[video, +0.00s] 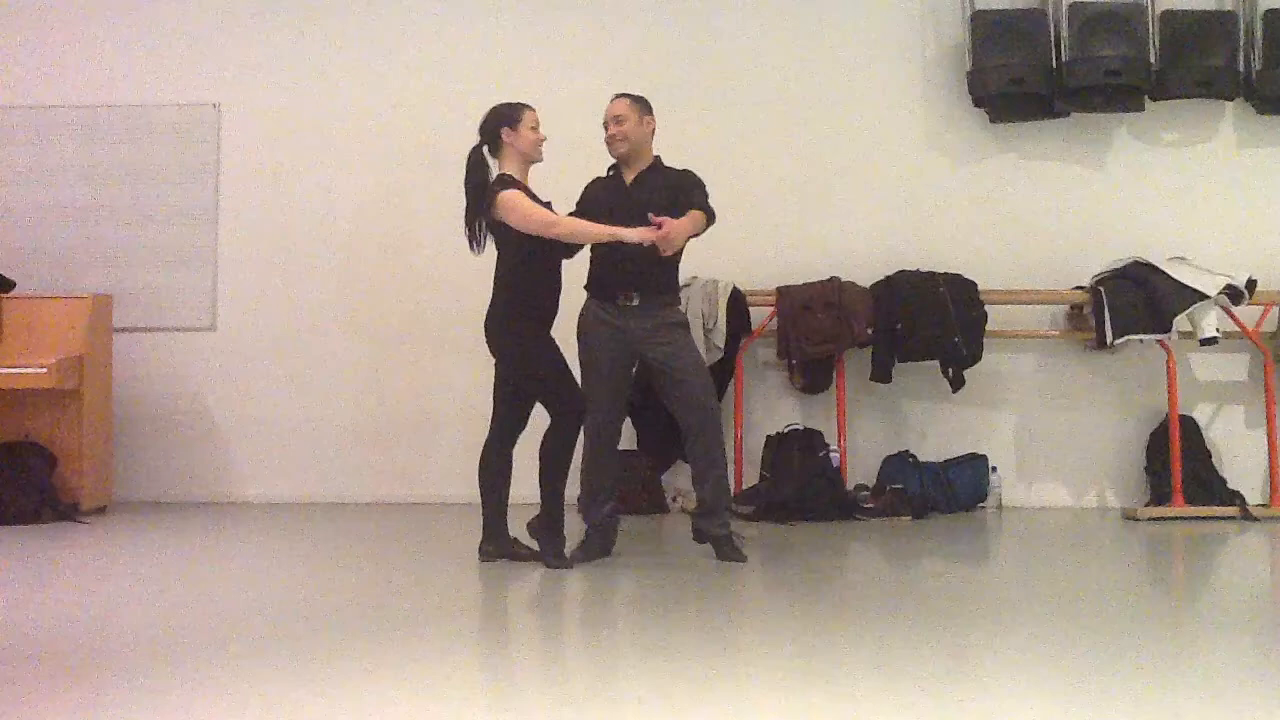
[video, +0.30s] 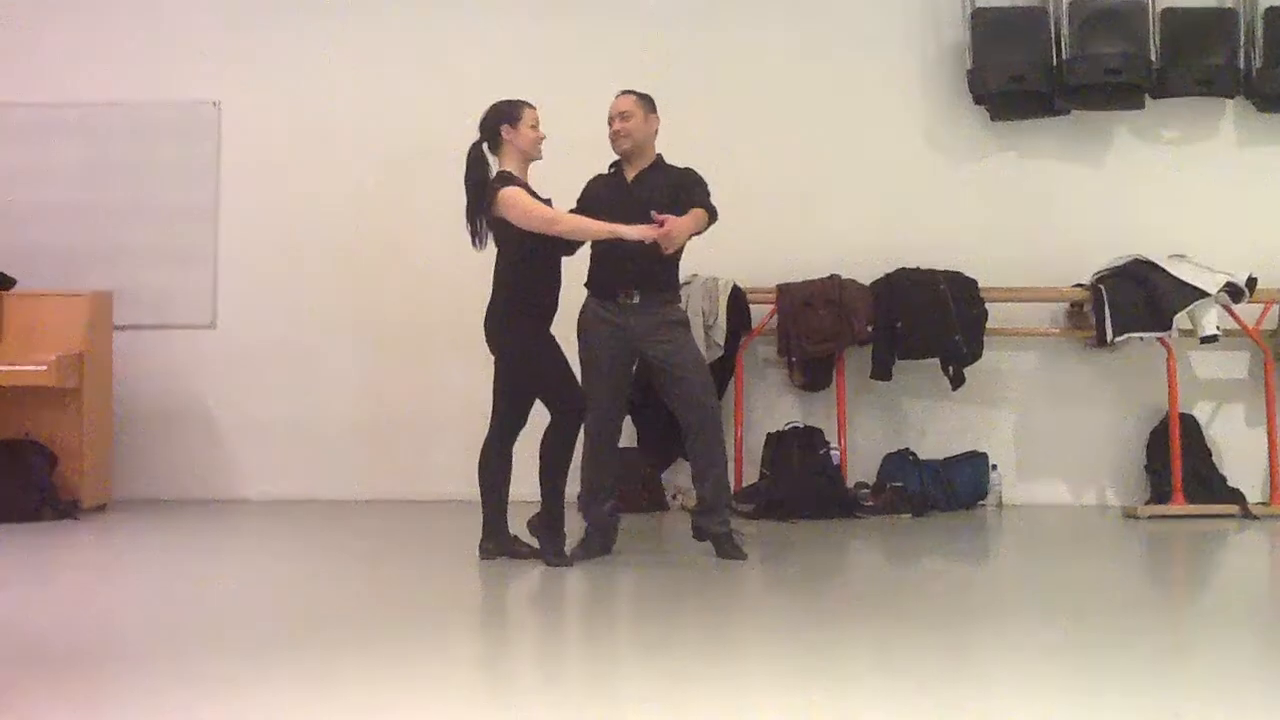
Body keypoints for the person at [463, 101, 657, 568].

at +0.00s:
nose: (543, 135)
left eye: (540, 128)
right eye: (534, 128)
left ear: (513, 137)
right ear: (508, 136)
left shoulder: (521, 193)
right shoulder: (505, 195)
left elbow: (553, 247)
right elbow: (558, 230)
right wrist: (627, 233)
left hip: (525, 324)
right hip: (517, 327)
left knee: (504, 430)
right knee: (569, 410)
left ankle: (495, 537)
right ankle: (550, 523)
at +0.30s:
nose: (542, 134)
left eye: (540, 126)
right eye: (534, 126)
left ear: (512, 135)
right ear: (508, 133)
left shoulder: (521, 191)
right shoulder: (506, 192)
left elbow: (554, 246)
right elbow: (559, 227)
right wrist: (626, 230)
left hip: (524, 322)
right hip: (518, 324)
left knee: (504, 428)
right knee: (569, 408)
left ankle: (495, 534)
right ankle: (551, 520)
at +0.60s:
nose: (540, 138)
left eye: (538, 130)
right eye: (531, 130)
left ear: (510, 137)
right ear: (504, 136)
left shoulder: (519, 193)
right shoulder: (503, 195)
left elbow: (558, 245)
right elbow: (557, 232)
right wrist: (624, 235)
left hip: (525, 325)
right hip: (516, 328)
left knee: (504, 430)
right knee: (569, 410)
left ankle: (494, 536)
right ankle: (550, 523)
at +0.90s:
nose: (539, 138)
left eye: (538, 130)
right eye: (531, 130)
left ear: (510, 137)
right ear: (503, 136)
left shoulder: (519, 193)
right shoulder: (503, 195)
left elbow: (559, 241)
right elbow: (556, 232)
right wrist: (623, 235)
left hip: (524, 324)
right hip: (516, 326)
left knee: (503, 429)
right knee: (569, 409)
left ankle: (494, 535)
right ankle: (550, 522)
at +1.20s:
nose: (539, 134)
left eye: (537, 126)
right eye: (531, 127)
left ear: (508, 132)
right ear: (502, 132)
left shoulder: (519, 189)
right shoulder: (501, 193)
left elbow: (560, 235)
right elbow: (554, 231)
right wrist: (619, 235)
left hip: (526, 321)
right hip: (516, 324)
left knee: (504, 426)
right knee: (568, 406)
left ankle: (495, 531)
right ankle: (549, 518)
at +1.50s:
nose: (534, 136)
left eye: (533, 129)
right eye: (526, 129)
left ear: (506, 136)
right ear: (498, 135)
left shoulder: (516, 191)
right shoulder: (498, 194)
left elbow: (555, 235)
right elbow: (545, 234)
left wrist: (614, 236)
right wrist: (615, 242)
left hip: (522, 323)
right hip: (512, 326)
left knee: (502, 429)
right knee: (565, 409)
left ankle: (493, 535)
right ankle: (547, 521)